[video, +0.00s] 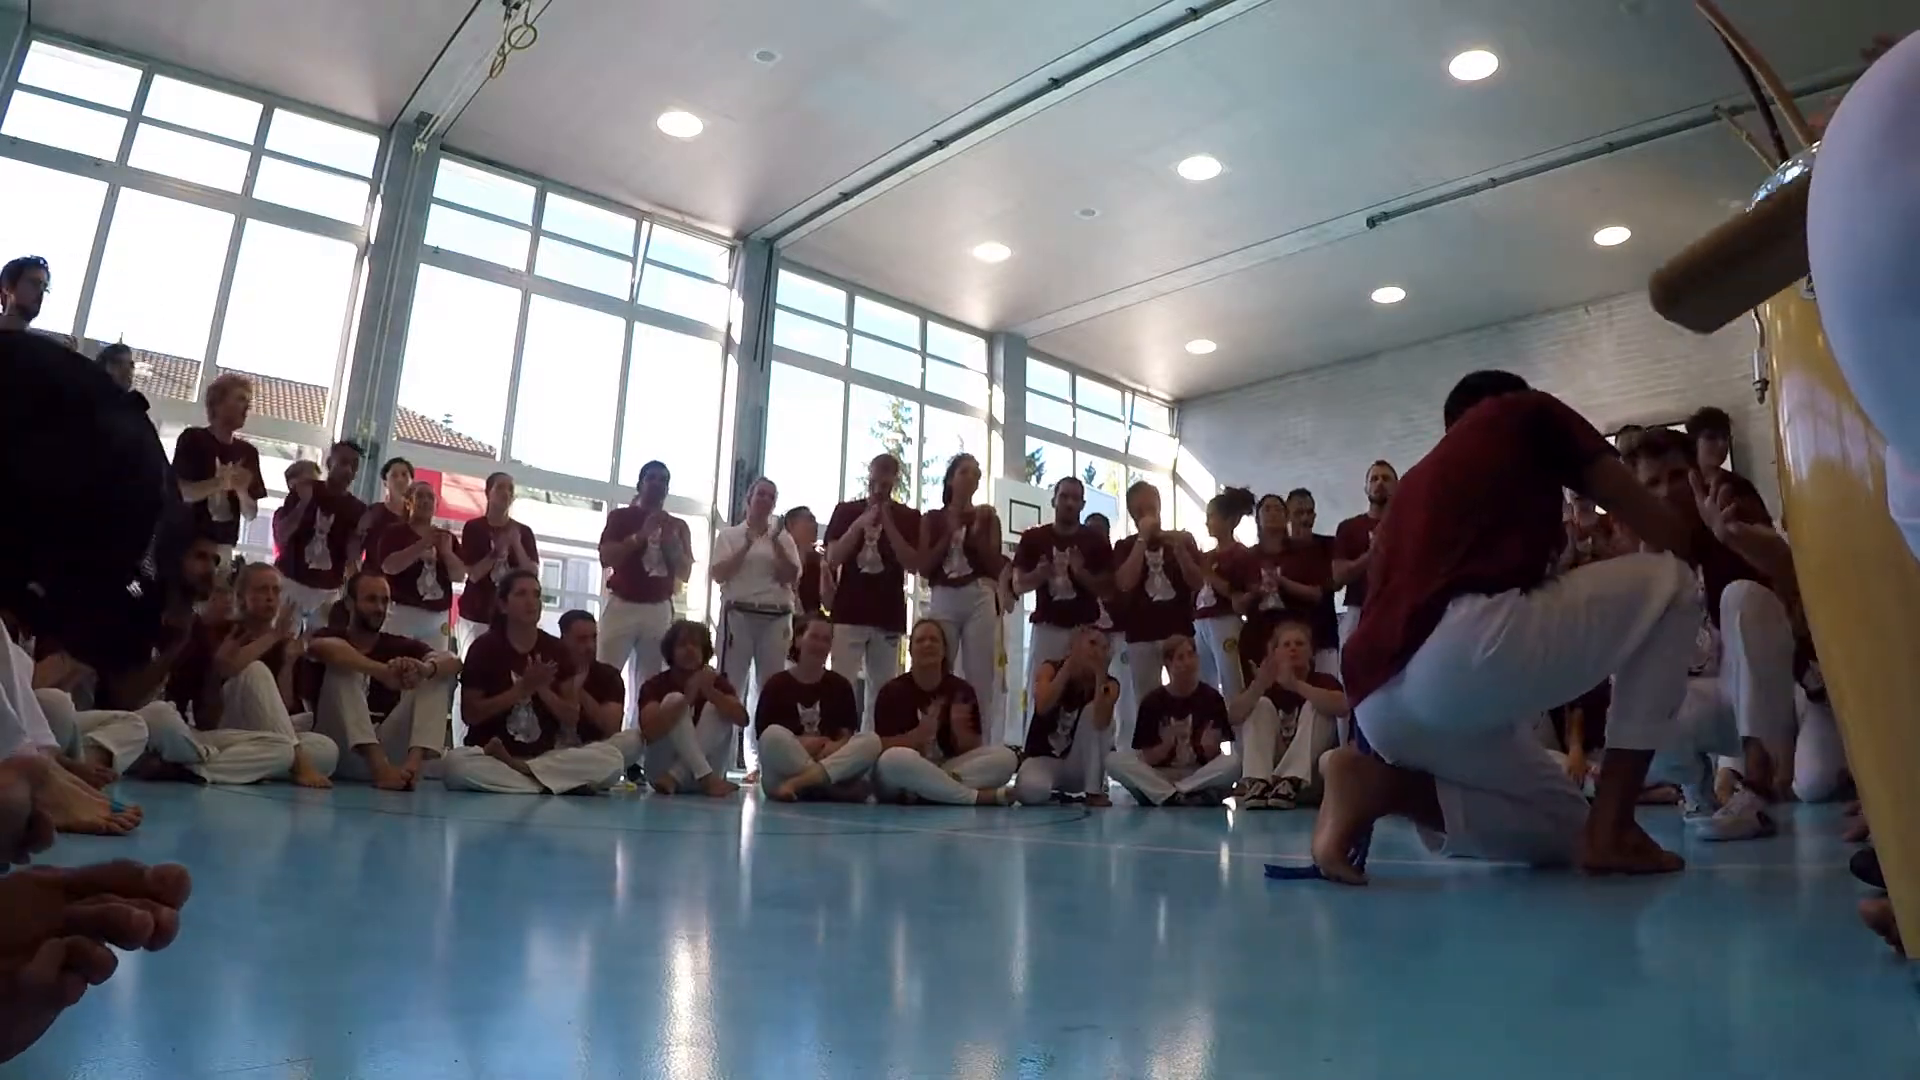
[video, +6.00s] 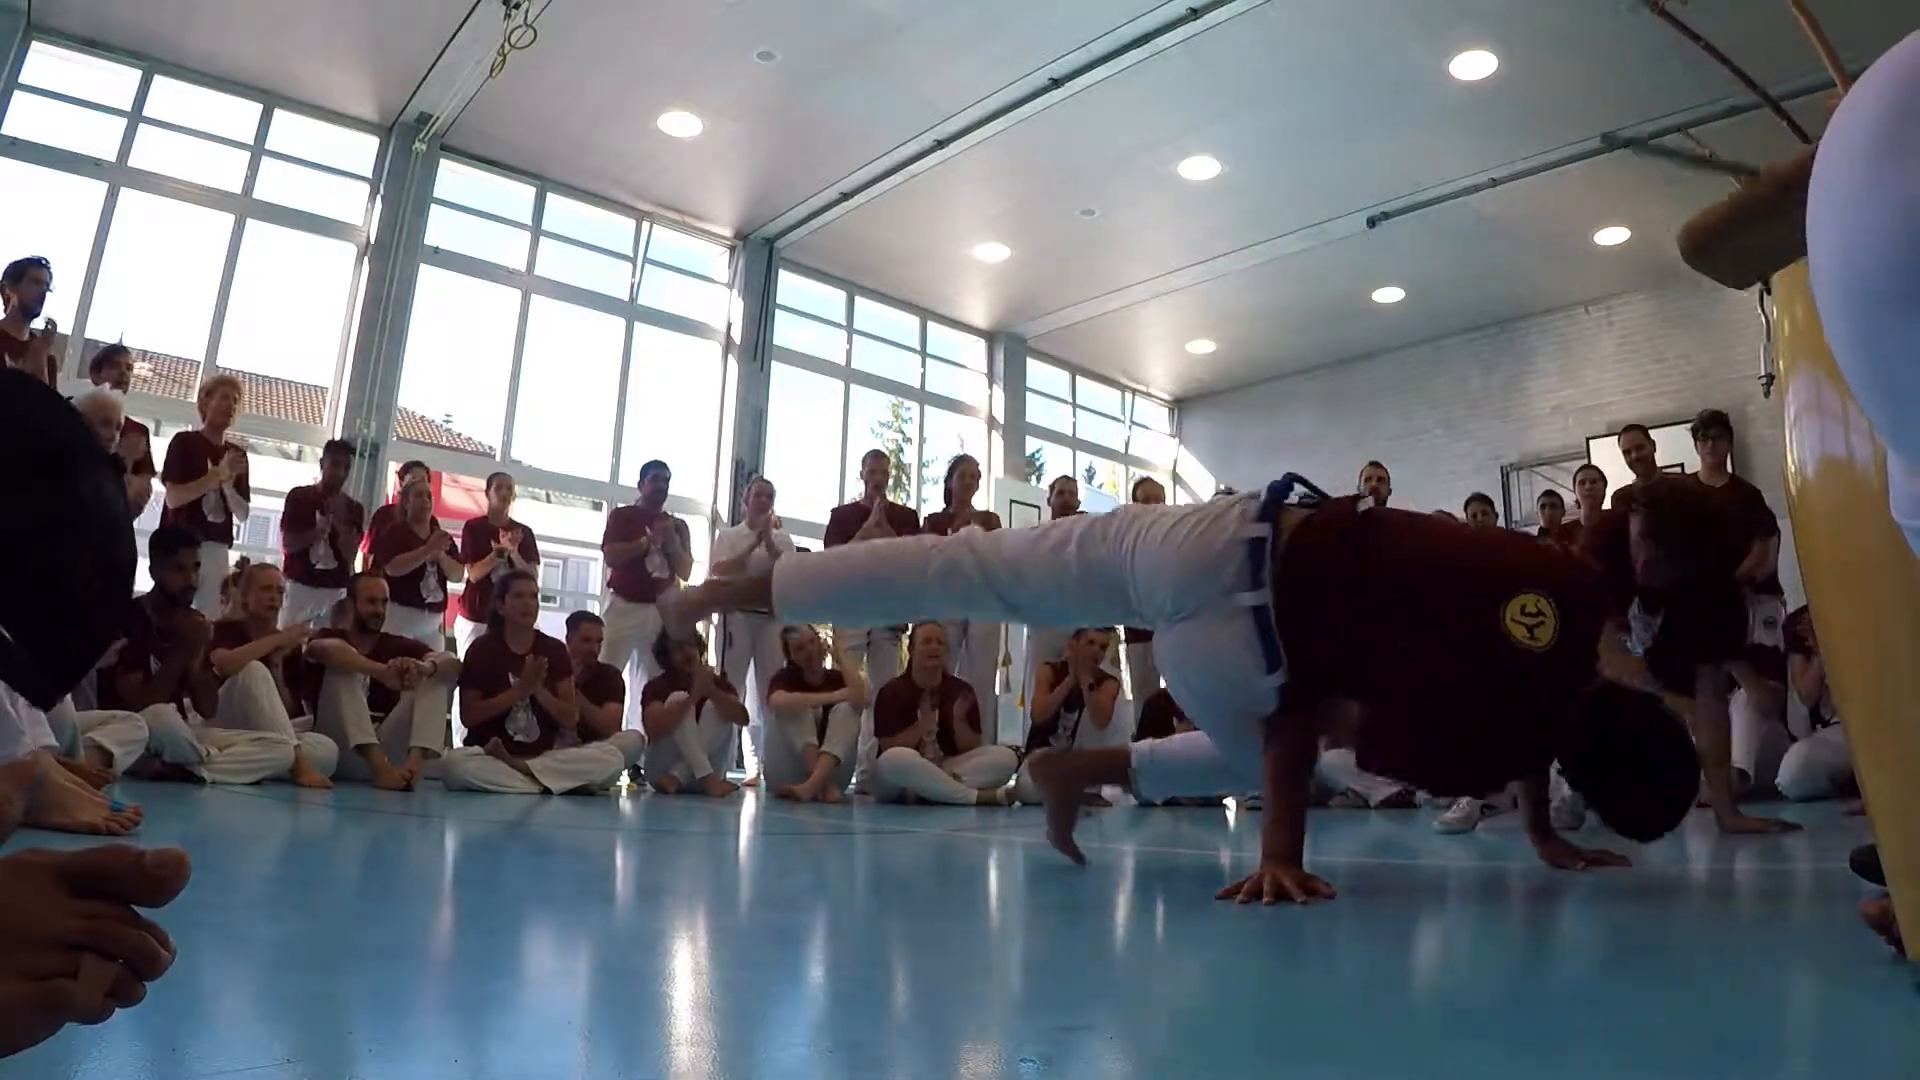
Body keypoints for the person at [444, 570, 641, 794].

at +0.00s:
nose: (531, 601)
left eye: (536, 595)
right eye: (521, 595)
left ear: (542, 602)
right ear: (503, 604)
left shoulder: (558, 648)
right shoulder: (483, 647)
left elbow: (572, 717)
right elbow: (470, 714)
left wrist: (541, 689)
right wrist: (522, 689)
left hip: (546, 756)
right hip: (491, 756)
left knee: (612, 759)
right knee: (455, 765)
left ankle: (523, 766)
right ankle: (549, 786)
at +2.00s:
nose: (531, 601)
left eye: (536, 595)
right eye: (521, 594)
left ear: (542, 601)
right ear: (502, 604)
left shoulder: (556, 649)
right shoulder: (483, 647)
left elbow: (570, 716)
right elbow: (470, 715)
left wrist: (539, 689)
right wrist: (521, 690)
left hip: (546, 756)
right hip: (489, 755)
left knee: (612, 759)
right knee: (455, 766)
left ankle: (524, 766)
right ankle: (549, 786)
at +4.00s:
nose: (529, 604)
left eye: (534, 597)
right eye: (520, 597)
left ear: (540, 603)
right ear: (501, 605)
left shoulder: (556, 648)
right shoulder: (481, 649)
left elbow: (569, 717)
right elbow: (469, 717)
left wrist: (537, 689)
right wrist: (521, 691)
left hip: (545, 755)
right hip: (488, 754)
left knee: (612, 758)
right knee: (454, 766)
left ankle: (522, 766)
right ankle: (547, 786)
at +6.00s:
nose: (528, 604)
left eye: (533, 597)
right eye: (519, 597)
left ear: (539, 603)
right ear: (500, 605)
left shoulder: (555, 649)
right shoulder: (481, 649)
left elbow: (570, 718)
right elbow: (469, 716)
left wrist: (537, 690)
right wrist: (521, 689)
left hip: (546, 757)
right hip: (488, 755)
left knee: (613, 758)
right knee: (453, 765)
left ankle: (523, 766)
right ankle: (550, 786)